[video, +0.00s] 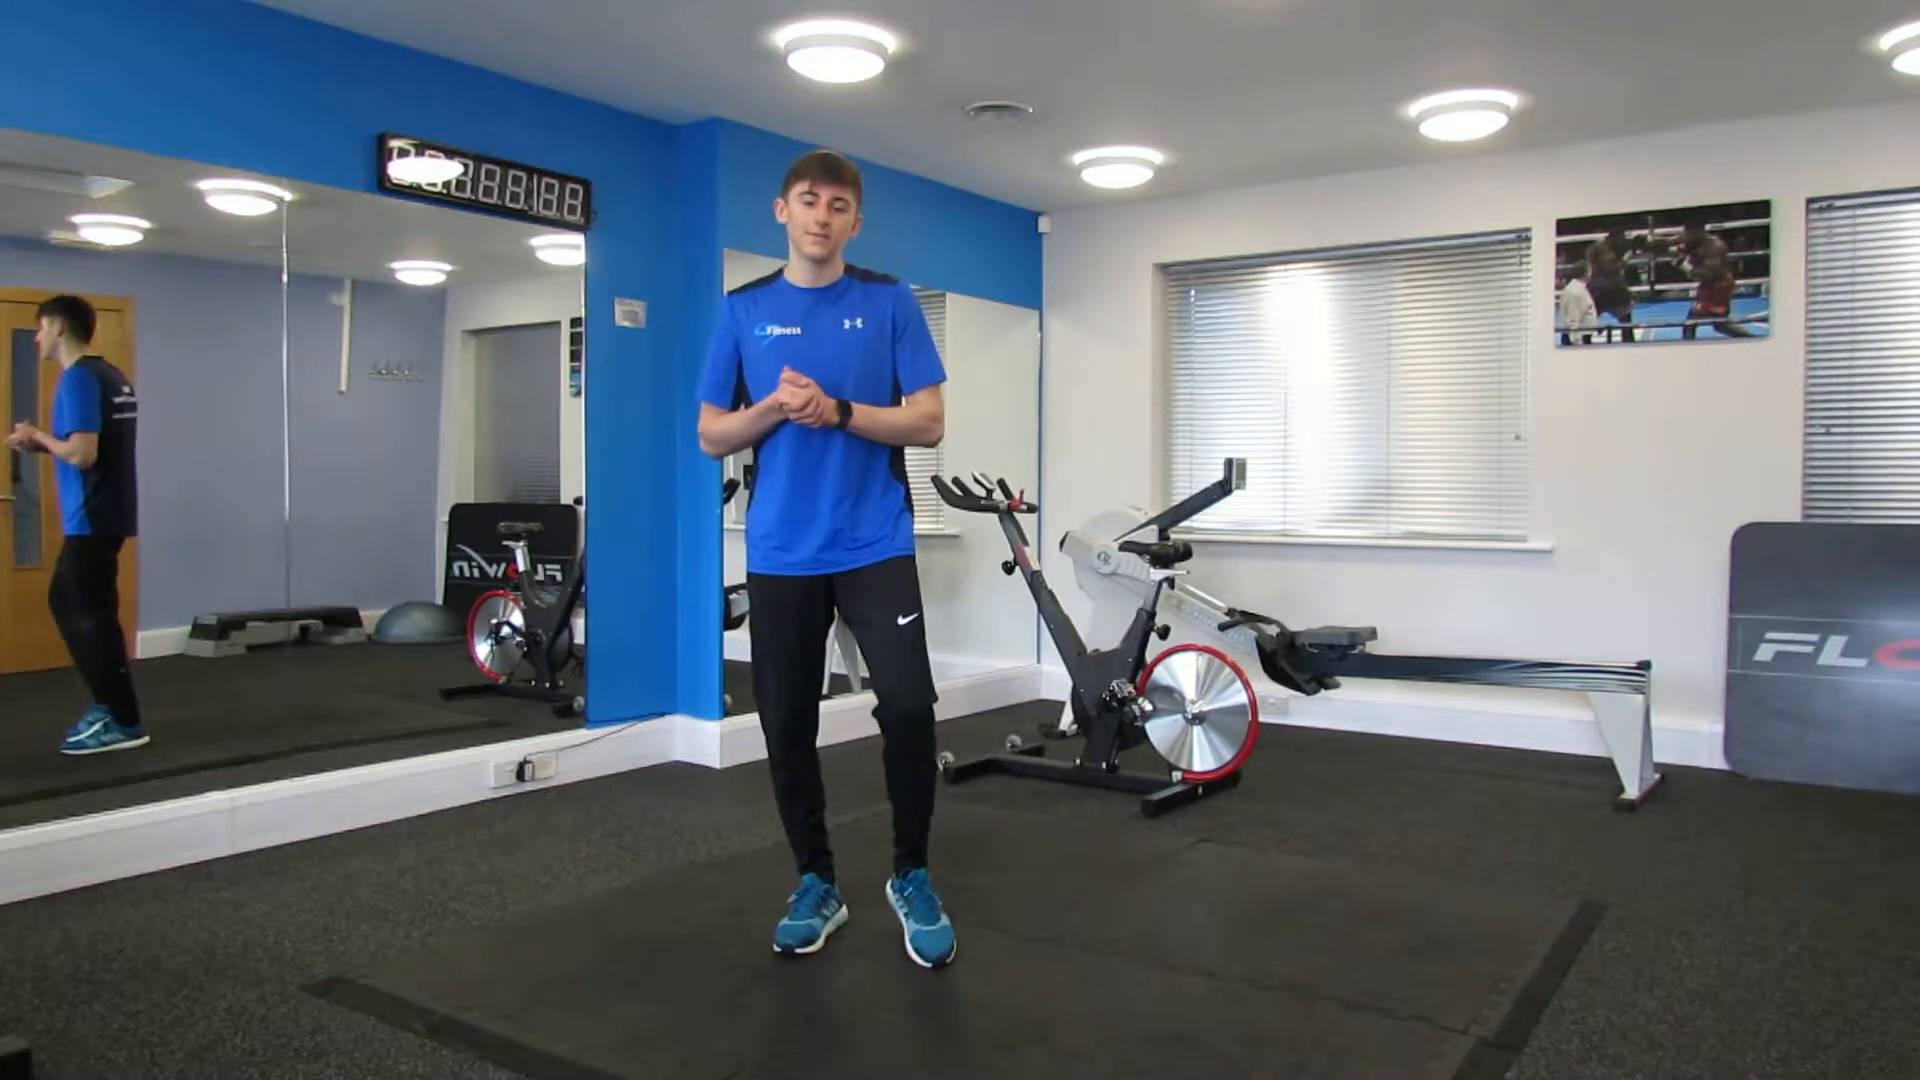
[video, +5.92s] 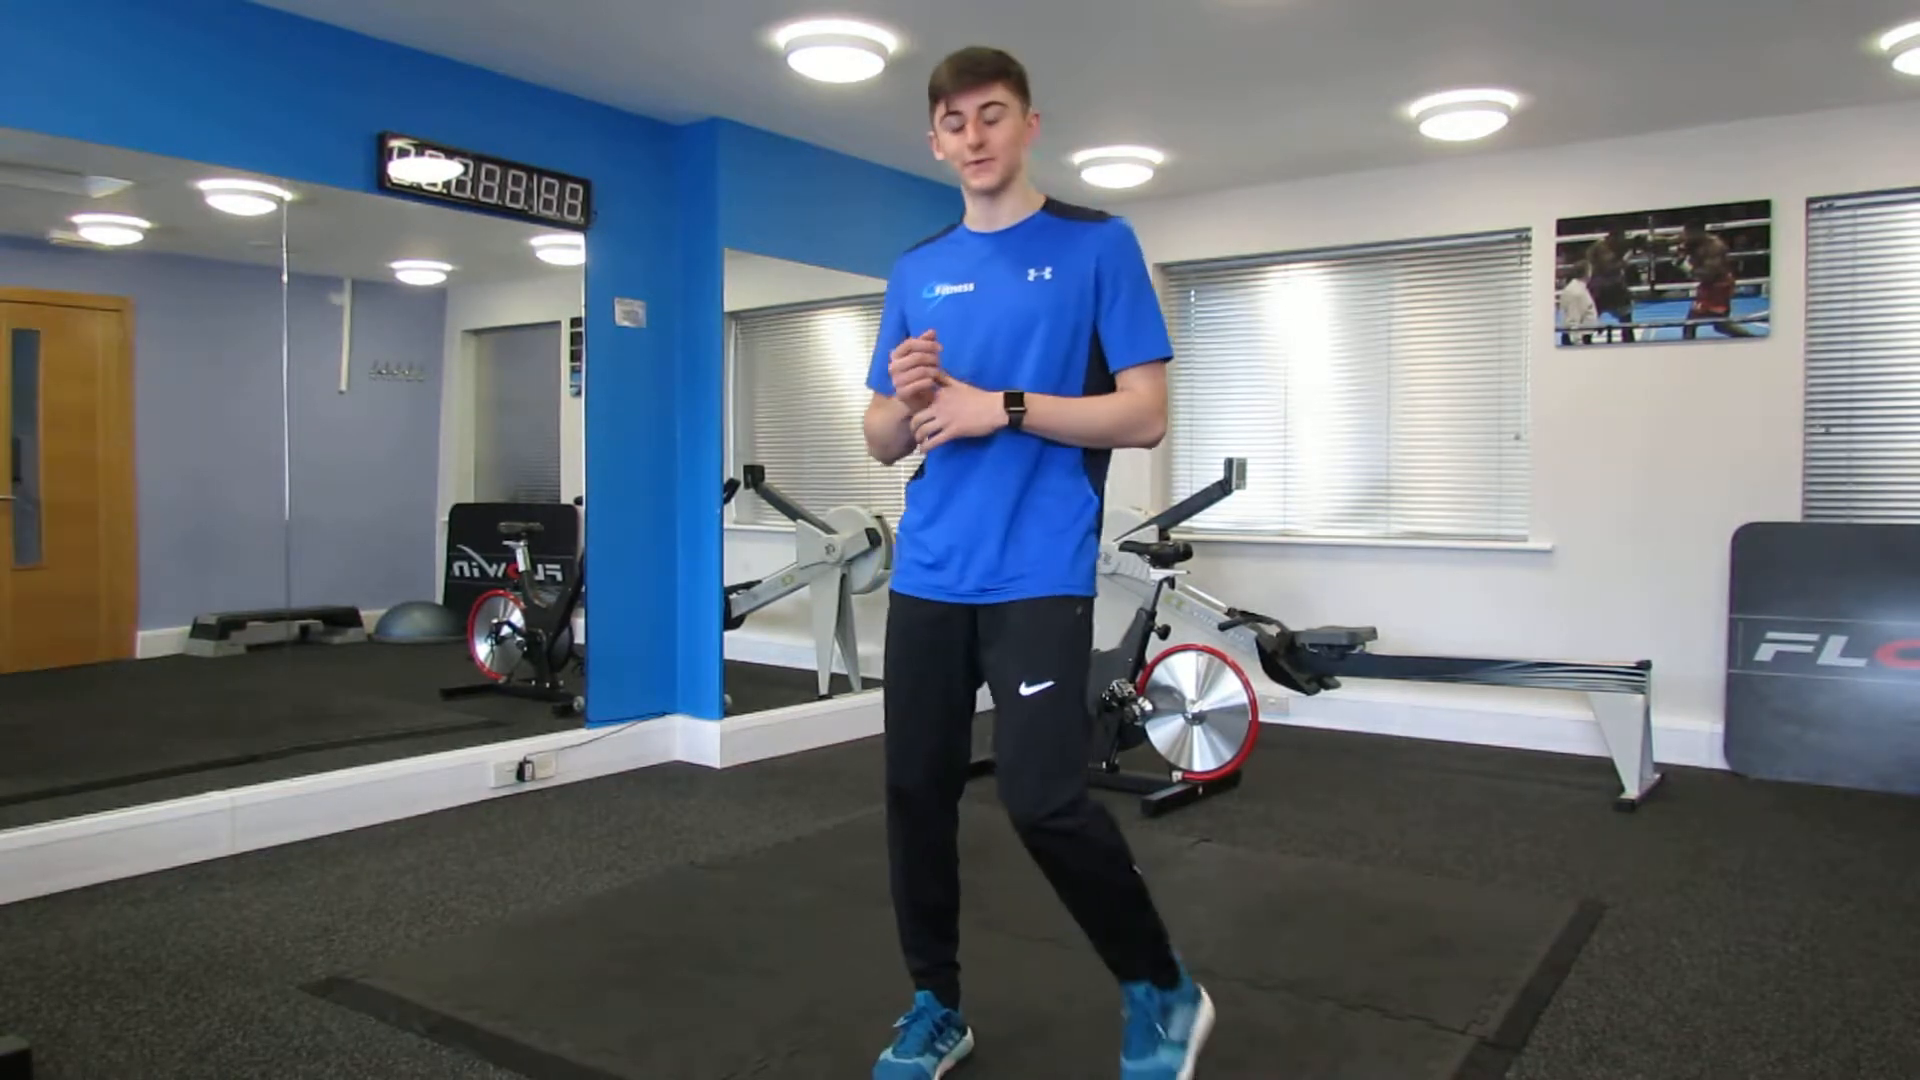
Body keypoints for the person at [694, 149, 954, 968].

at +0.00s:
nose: (824, 214)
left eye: (839, 205)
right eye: (810, 201)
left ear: (856, 221)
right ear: (782, 213)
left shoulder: (890, 301)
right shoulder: (742, 309)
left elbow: (929, 421)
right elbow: (712, 435)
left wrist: (839, 411)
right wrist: (768, 410)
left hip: (875, 543)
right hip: (781, 550)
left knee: (910, 706)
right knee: (786, 726)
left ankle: (911, 876)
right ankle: (816, 882)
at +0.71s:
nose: (925, 198)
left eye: (940, 187)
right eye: (911, 183)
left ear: (958, 203)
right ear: (880, 193)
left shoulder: (986, 299)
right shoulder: (828, 292)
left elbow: (1016, 433)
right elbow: (781, 424)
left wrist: (967, 402)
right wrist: (865, 412)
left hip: (952, 555)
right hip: (848, 551)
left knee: (960, 748)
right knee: (817, 738)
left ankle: (946, 934)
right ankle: (826, 864)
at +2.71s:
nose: (1026, 164)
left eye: (1042, 151)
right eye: (1009, 149)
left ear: (1065, 170)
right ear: (978, 165)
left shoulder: (1105, 281)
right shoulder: (927, 278)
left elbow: (1134, 424)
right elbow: (888, 428)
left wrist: (1075, 435)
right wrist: (974, 356)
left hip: (1056, 563)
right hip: (941, 557)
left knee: (1059, 770)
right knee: (909, 769)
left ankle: (1039, 960)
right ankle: (895, 987)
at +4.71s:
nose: (1045, 197)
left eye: (1061, 184)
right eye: (1029, 183)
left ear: (1080, 201)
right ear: (1002, 196)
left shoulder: (1115, 302)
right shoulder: (953, 300)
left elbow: (1150, 433)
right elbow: (905, 434)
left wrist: (1072, 423)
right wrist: (988, 411)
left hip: (1073, 565)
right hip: (970, 560)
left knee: (1074, 746)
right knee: (945, 737)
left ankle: (1046, 910)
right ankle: (963, 879)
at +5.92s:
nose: (973, 134)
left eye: (992, 114)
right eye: (955, 121)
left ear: (1032, 126)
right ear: (937, 141)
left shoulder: (1099, 243)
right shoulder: (914, 271)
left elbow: (1147, 413)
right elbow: (881, 441)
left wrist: (1006, 407)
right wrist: (904, 402)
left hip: (1041, 571)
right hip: (928, 570)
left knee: (1044, 799)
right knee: (915, 792)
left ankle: (1160, 991)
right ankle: (936, 1004)